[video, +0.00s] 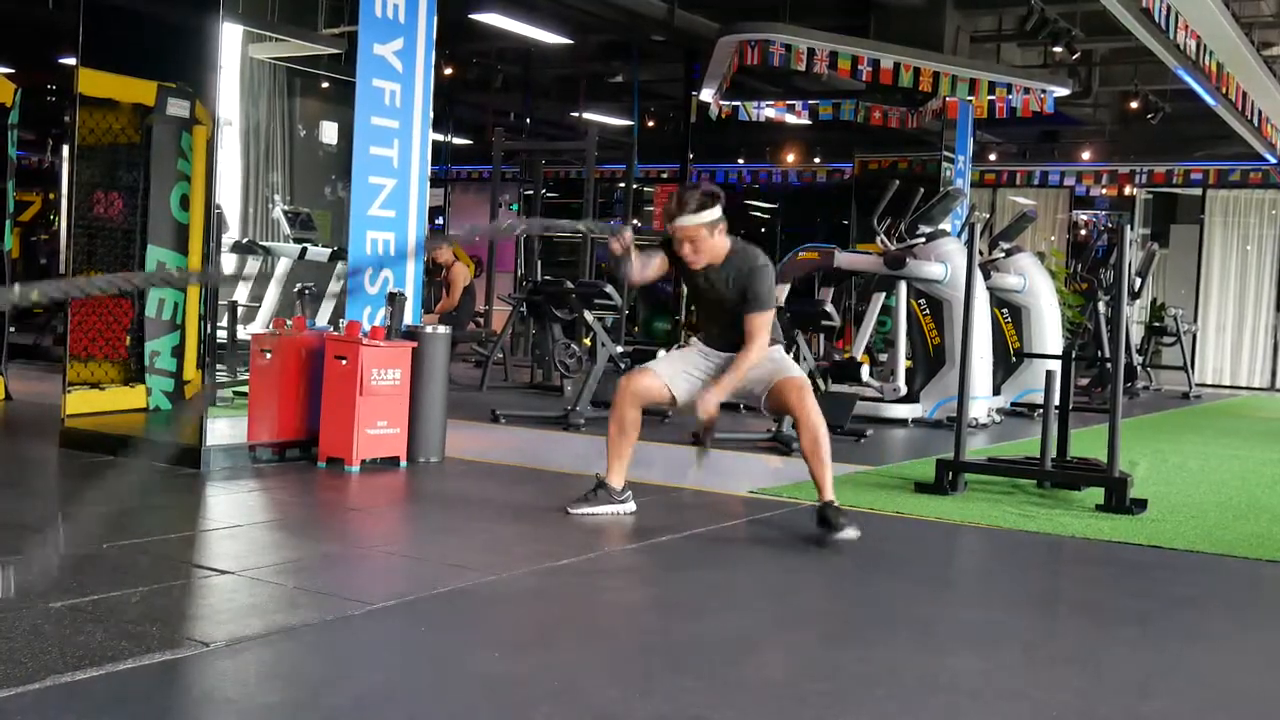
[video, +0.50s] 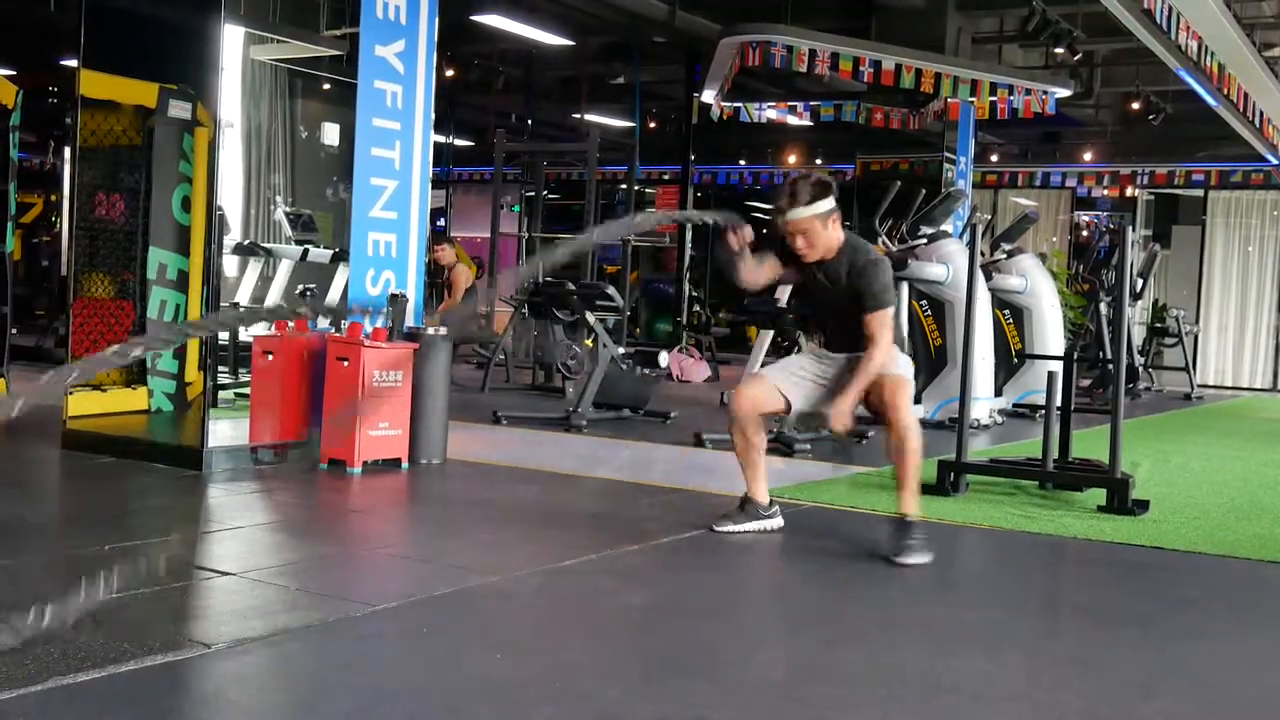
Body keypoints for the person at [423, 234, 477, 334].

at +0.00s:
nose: (437, 253)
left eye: (440, 249)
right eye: (434, 250)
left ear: (450, 249)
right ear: (431, 253)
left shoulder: (457, 269)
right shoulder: (446, 271)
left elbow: (453, 301)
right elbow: (445, 299)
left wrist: (435, 314)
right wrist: (434, 315)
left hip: (459, 320)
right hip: (451, 316)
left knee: (421, 320)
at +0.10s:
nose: (437, 253)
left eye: (440, 248)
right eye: (434, 250)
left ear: (450, 248)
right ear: (431, 252)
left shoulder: (458, 269)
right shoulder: (446, 271)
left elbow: (453, 301)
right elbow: (446, 298)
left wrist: (436, 313)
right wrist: (436, 314)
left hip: (459, 321)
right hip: (452, 317)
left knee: (420, 320)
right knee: (418, 318)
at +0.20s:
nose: (438, 253)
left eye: (441, 249)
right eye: (434, 250)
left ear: (452, 249)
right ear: (432, 253)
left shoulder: (458, 270)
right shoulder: (446, 272)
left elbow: (454, 302)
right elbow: (446, 300)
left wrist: (436, 314)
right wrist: (435, 316)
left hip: (460, 321)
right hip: (452, 317)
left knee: (419, 320)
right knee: (419, 318)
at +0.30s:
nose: (438, 254)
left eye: (442, 249)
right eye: (435, 250)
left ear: (452, 249)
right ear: (432, 253)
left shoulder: (459, 270)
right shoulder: (447, 271)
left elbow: (455, 302)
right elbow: (447, 299)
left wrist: (437, 314)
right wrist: (436, 315)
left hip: (461, 321)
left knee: (421, 320)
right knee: (420, 318)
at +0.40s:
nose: (439, 254)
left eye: (443, 250)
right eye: (435, 251)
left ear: (453, 249)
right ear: (432, 254)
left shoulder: (460, 270)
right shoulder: (451, 269)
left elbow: (455, 302)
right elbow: (447, 299)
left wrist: (438, 314)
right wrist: (436, 315)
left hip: (460, 321)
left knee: (420, 320)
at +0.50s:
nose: (439, 255)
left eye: (443, 250)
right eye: (436, 251)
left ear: (453, 250)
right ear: (433, 255)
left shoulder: (459, 270)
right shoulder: (448, 271)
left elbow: (455, 301)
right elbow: (447, 300)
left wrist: (437, 315)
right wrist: (436, 317)